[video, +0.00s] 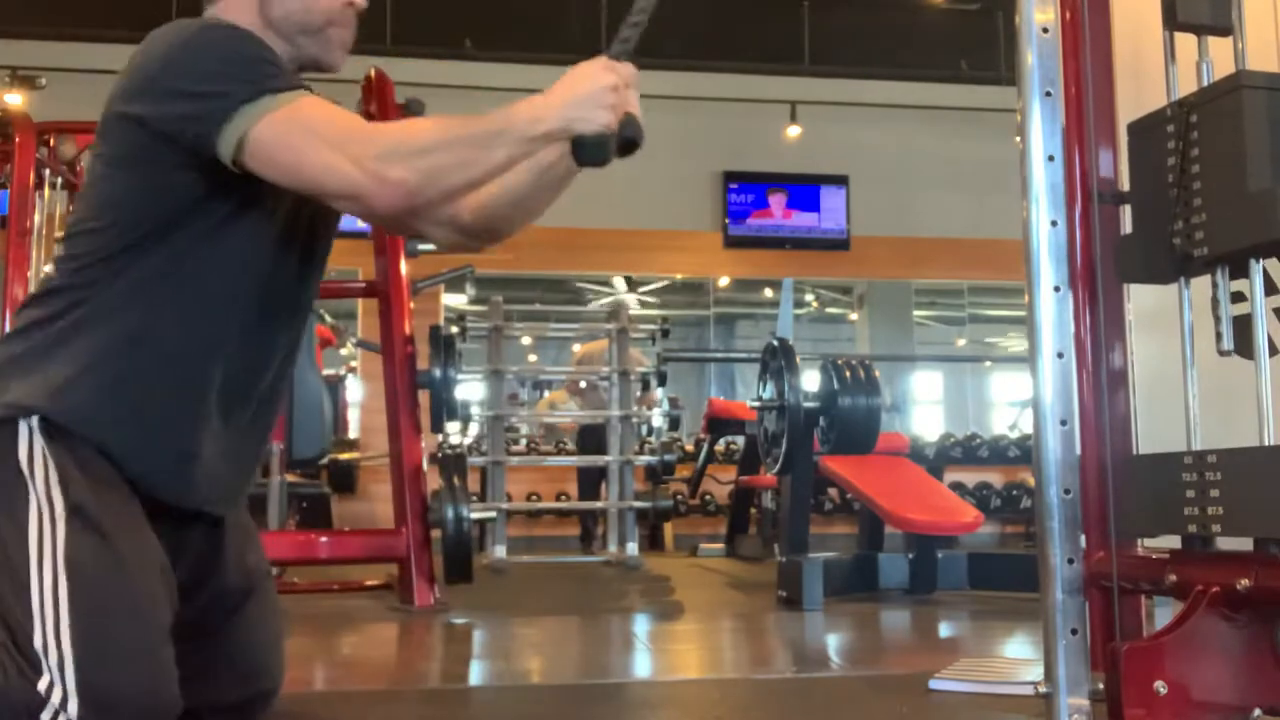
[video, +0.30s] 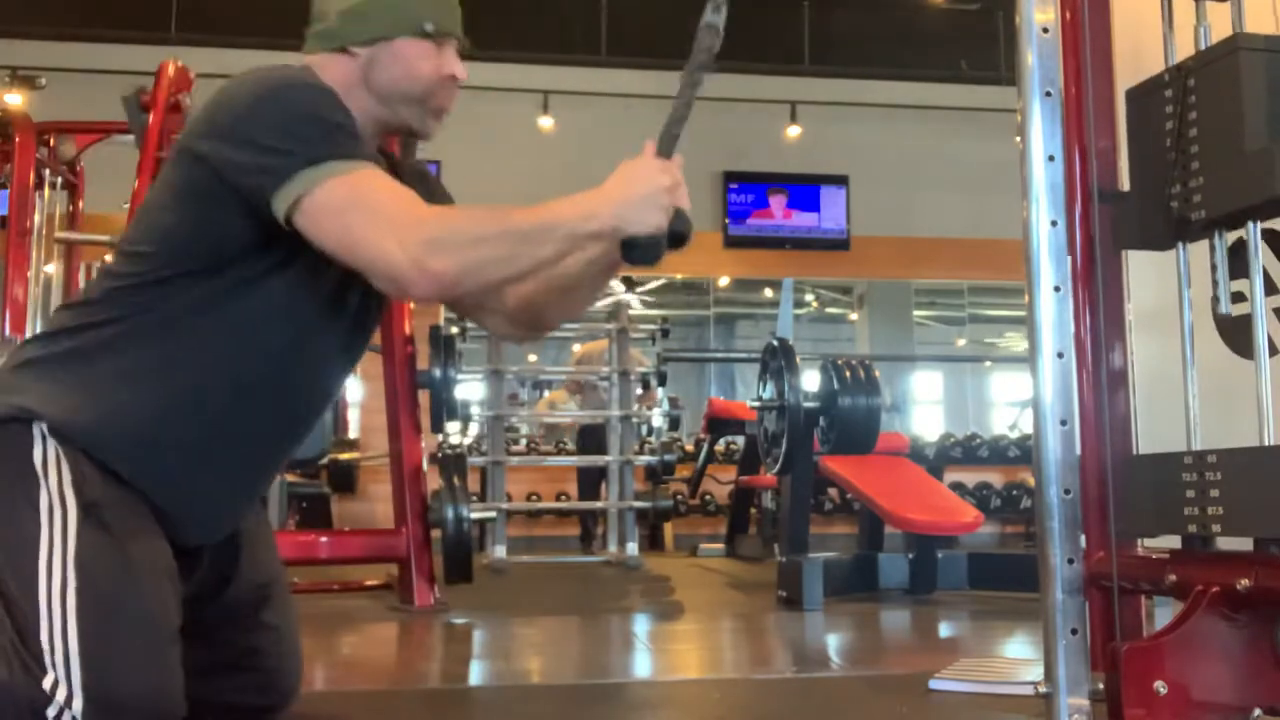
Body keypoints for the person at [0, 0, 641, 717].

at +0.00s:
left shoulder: (300, 121)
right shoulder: (193, 56)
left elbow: (462, 220)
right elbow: (384, 175)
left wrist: (578, 142)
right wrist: (550, 108)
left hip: (197, 472)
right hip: (66, 441)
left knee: (237, 685)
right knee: (106, 700)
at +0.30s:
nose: (458, 66)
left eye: (458, 45)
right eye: (437, 38)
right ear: (358, 42)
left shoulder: (396, 179)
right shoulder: (271, 103)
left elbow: (520, 308)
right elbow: (425, 254)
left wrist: (620, 243)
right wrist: (607, 206)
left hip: (215, 486)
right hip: (76, 451)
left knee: (254, 688)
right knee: (111, 702)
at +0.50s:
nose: (499, 151)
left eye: (503, 129)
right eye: (483, 119)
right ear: (410, 104)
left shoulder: (438, 244)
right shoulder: (310, 159)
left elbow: (514, 389)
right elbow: (413, 329)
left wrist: (610, 331)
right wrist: (597, 298)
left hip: (207, 491)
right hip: (78, 448)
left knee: (259, 683)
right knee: (112, 696)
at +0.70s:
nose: (522, 238)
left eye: (531, 216)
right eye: (512, 208)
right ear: (454, 181)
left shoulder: (456, 303)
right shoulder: (339, 216)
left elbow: (496, 461)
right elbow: (384, 407)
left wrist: (576, 416)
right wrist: (576, 395)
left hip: (203, 509)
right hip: (75, 452)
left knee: (261, 683)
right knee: (85, 698)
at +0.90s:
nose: (536, 334)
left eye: (547, 314)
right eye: (532, 305)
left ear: (496, 294)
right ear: (474, 270)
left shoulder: (455, 361)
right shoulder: (355, 289)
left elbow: (479, 517)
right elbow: (369, 504)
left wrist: (561, 499)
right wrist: (553, 499)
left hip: (189, 504)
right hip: (64, 448)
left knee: (259, 678)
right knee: (91, 694)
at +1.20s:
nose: (544, 442)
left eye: (557, 423)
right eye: (543, 413)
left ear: (488, 372)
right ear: (488, 370)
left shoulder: (448, 432)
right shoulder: (358, 388)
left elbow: (456, 583)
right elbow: (342, 620)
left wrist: (546, 617)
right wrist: (532, 615)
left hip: (170, 510)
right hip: (50, 461)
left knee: (252, 678)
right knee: (82, 703)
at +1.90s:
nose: (600, 440)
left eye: (610, 416)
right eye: (595, 410)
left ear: (543, 395)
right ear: (528, 384)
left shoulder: (496, 441)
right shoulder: (410, 410)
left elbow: (534, 594)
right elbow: (460, 643)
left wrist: (654, 628)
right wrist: (649, 627)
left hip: (170, 497)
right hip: (55, 450)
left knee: (247, 677)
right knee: (80, 697)